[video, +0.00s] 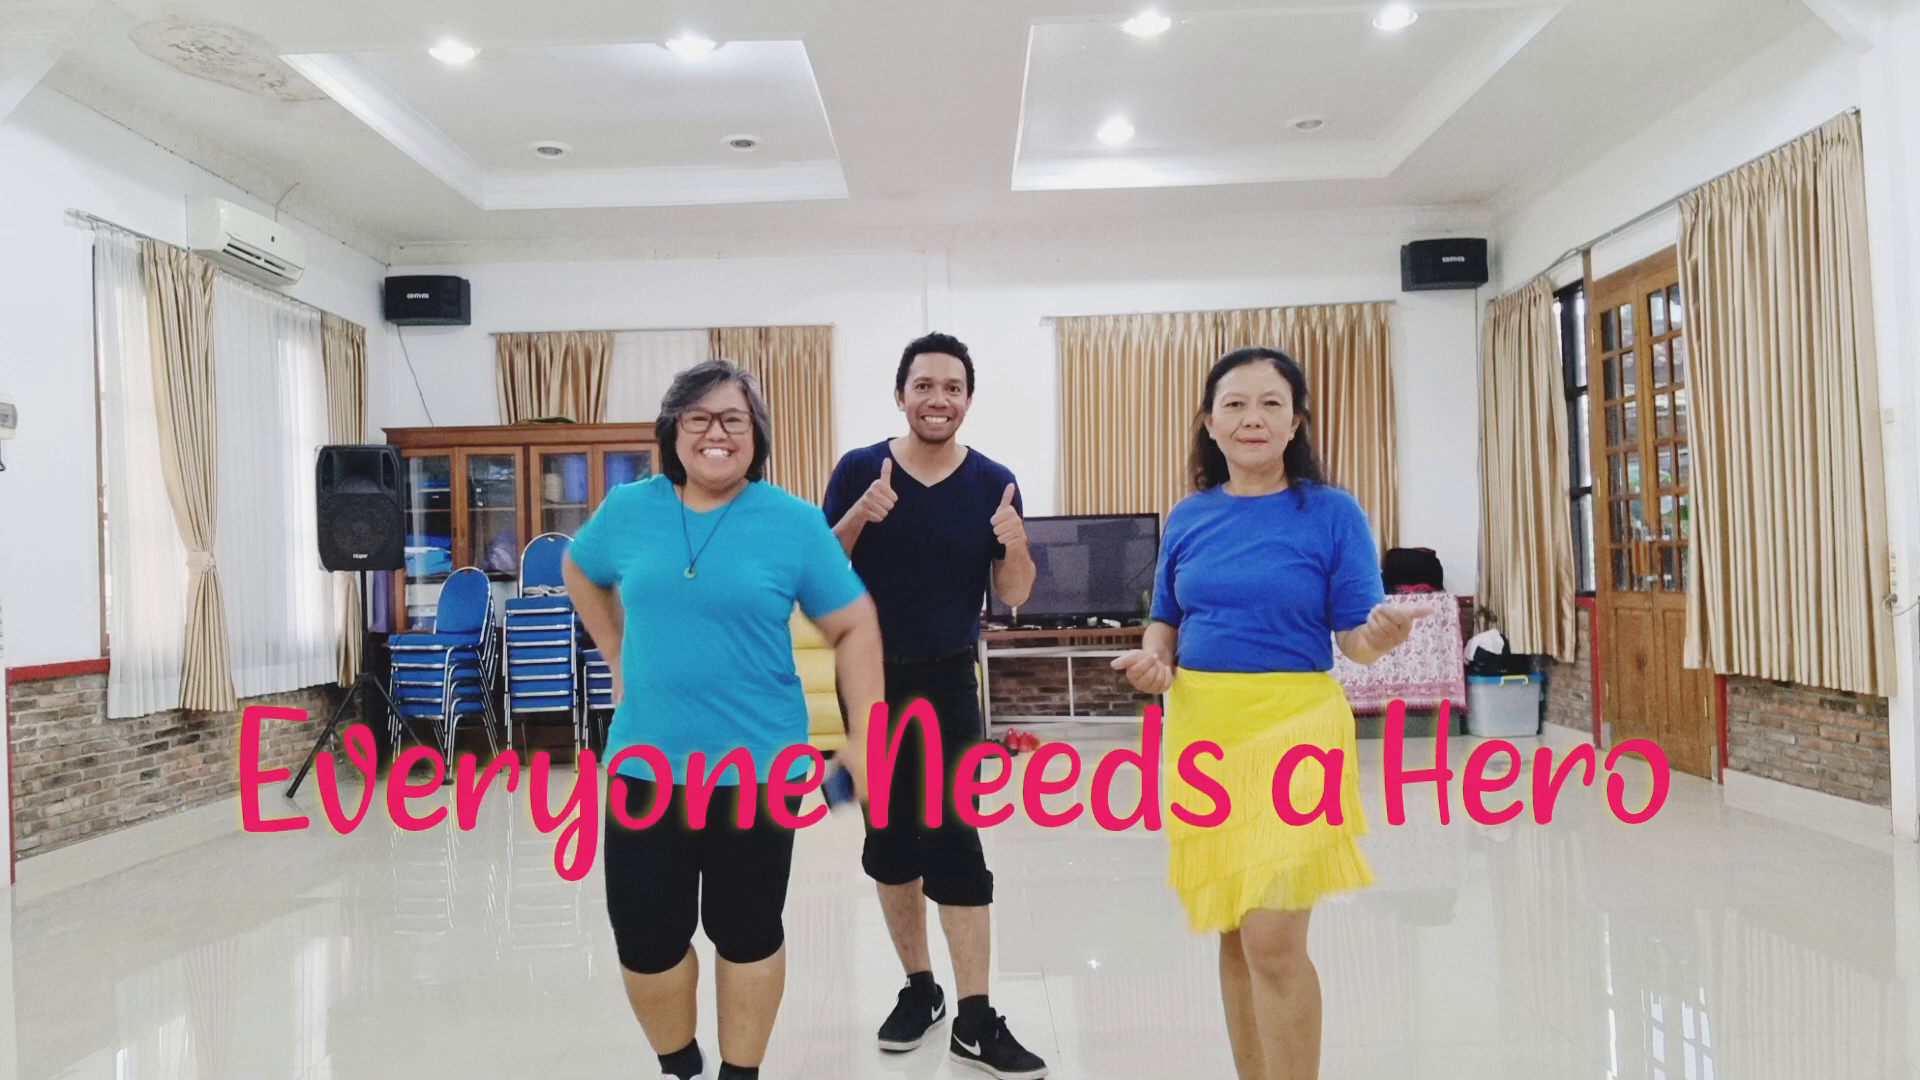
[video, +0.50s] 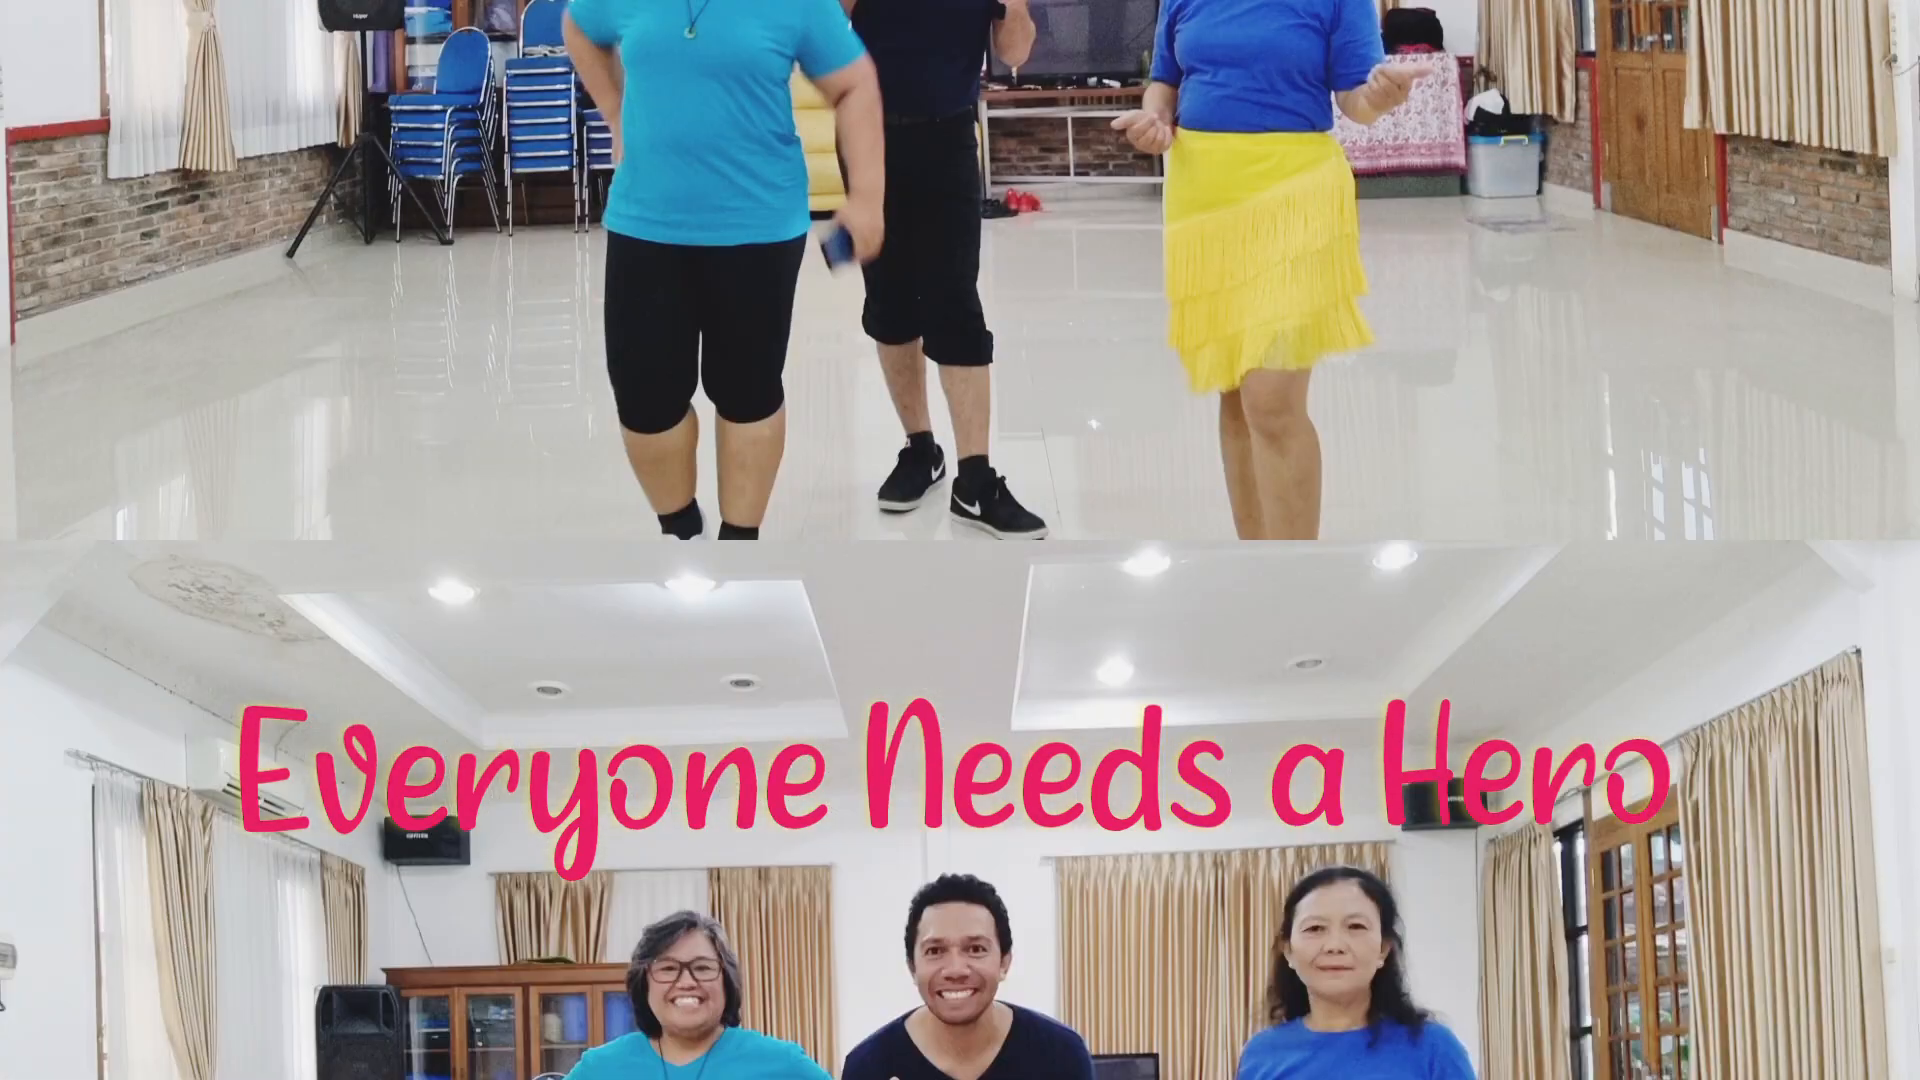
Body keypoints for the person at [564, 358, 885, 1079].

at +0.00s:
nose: (720, 432)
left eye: (736, 420)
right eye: (702, 420)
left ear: (756, 436)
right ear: (672, 434)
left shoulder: (795, 523)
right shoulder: (627, 509)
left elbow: (856, 626)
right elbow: (580, 570)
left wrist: (865, 738)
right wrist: (625, 663)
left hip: (758, 768)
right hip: (645, 764)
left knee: (746, 932)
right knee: (646, 938)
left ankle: (739, 1076)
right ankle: (680, 1069)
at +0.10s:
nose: (718, 428)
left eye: (734, 416)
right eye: (701, 415)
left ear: (756, 432)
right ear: (672, 429)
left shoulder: (796, 520)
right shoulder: (627, 505)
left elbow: (856, 623)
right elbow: (580, 565)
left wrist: (865, 734)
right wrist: (622, 658)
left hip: (758, 763)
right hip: (645, 759)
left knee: (746, 929)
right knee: (646, 934)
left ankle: (739, 1075)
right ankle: (681, 1068)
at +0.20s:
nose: (719, 398)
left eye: (734, 385)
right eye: (701, 385)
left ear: (755, 401)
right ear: (672, 400)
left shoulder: (796, 490)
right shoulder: (627, 474)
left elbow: (856, 592)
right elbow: (579, 535)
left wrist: (867, 703)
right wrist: (623, 627)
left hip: (759, 733)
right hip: (644, 729)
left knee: (746, 899)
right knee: (647, 906)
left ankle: (739, 1052)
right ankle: (681, 1041)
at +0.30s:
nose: (719, 316)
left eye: (735, 303)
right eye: (701, 303)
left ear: (756, 319)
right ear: (672, 317)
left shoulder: (795, 407)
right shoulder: (627, 393)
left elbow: (856, 509)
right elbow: (580, 453)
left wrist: (867, 622)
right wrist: (622, 544)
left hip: (758, 652)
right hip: (646, 649)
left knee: (748, 815)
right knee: (645, 819)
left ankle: (738, 973)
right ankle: (681, 961)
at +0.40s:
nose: (719, 156)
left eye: (735, 143)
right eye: (702, 143)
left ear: (756, 160)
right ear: (672, 157)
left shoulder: (795, 248)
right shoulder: (627, 233)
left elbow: (856, 349)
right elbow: (580, 293)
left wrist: (867, 462)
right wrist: (623, 384)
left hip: (757, 493)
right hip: (645, 491)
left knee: (746, 659)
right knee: (647, 666)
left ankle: (746, 811)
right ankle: (674, 808)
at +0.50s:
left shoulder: (798, 5)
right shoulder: (620, 3)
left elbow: (855, 85)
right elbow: (580, 30)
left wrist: (867, 197)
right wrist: (626, 128)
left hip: (757, 222)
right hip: (646, 220)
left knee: (746, 392)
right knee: (646, 398)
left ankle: (739, 548)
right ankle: (682, 537)